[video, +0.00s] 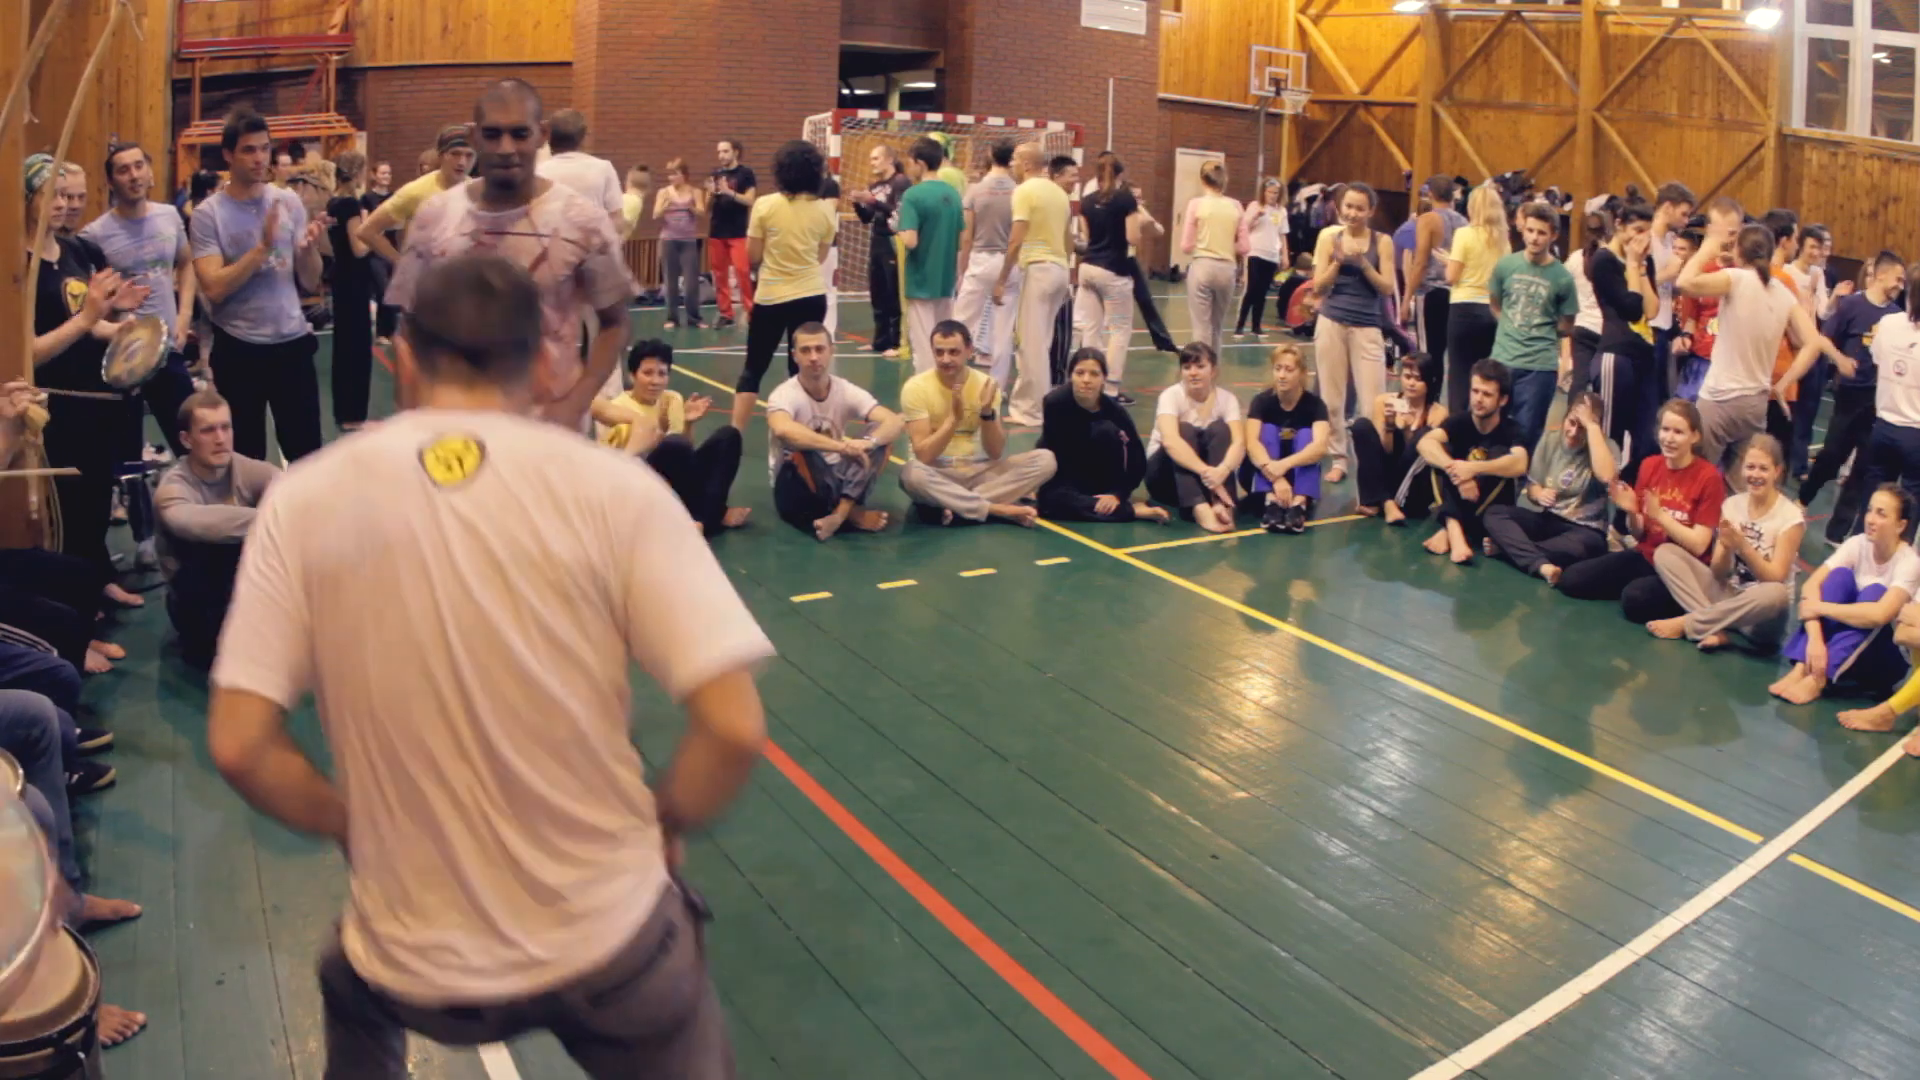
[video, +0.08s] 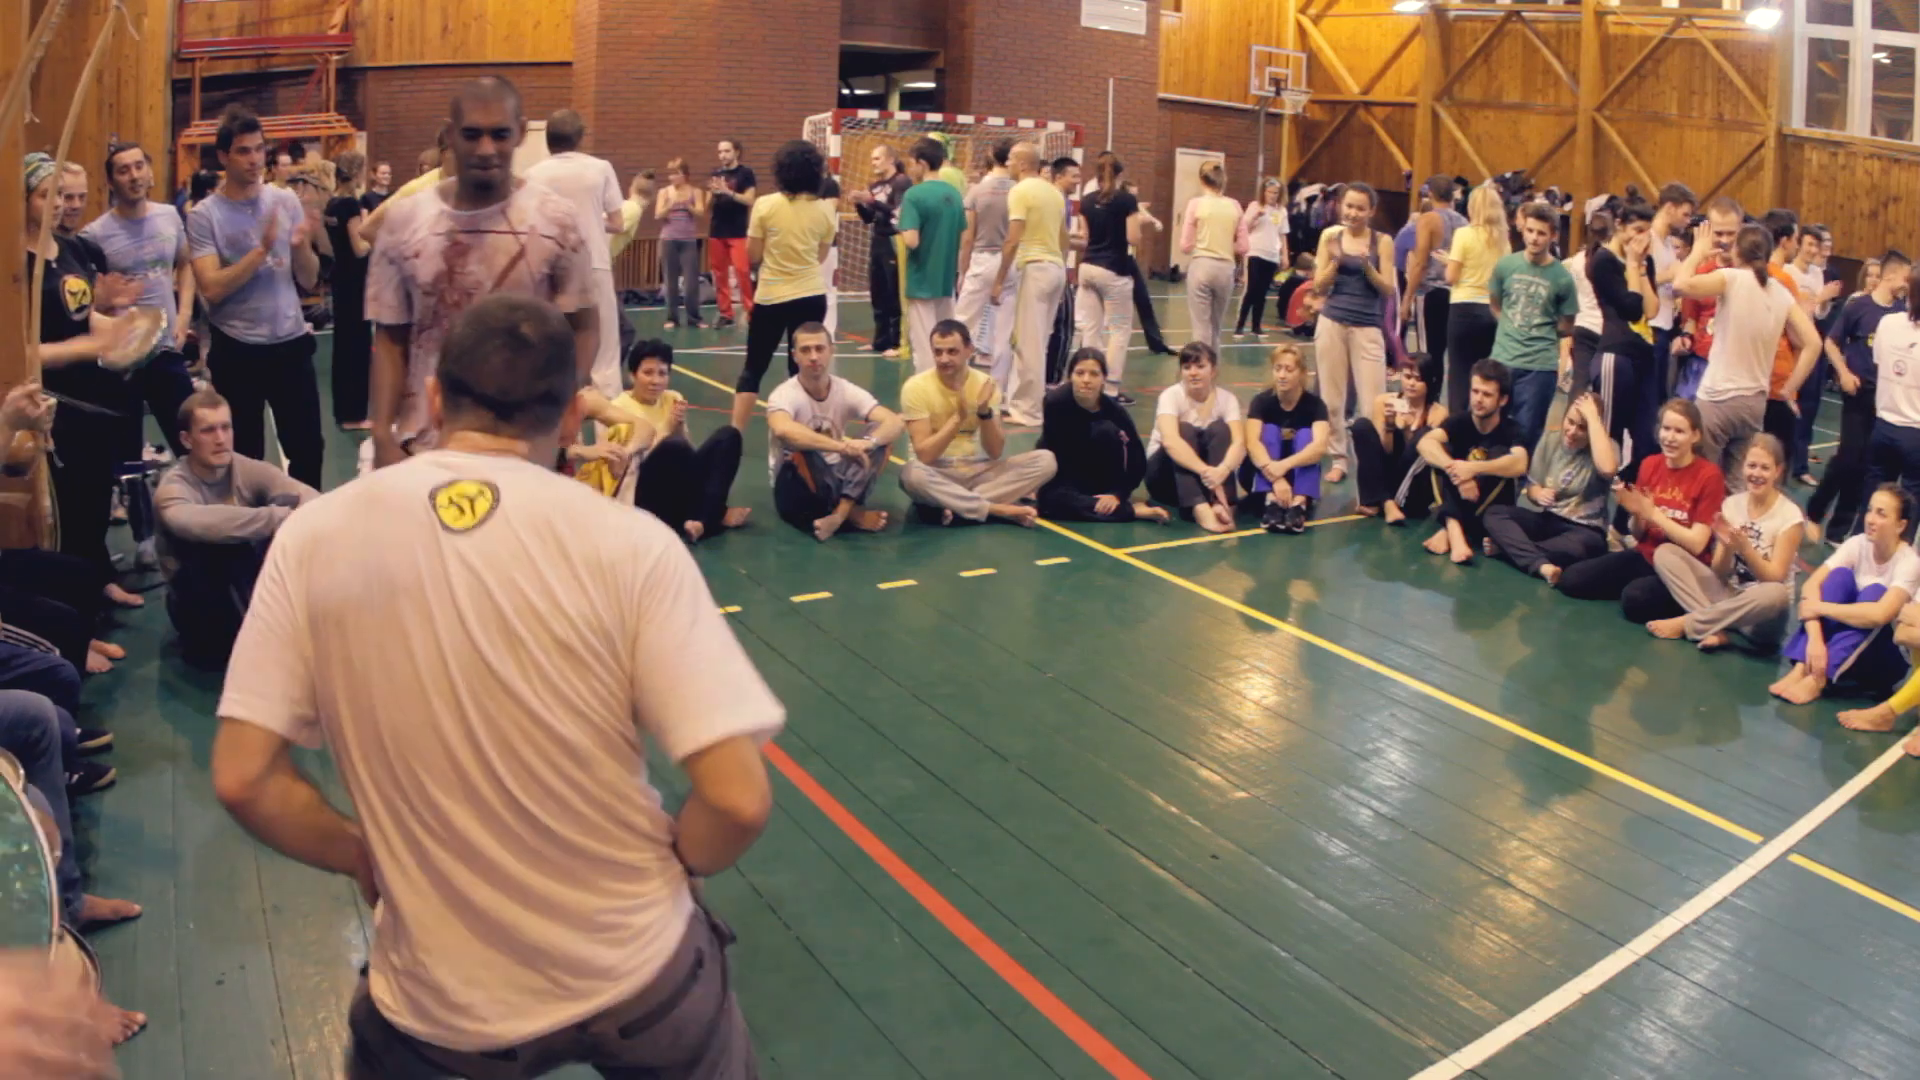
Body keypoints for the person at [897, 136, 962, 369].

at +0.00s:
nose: (909, 167)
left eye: (911, 162)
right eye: (910, 162)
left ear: (920, 163)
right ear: (939, 162)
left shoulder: (913, 195)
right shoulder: (952, 192)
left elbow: (911, 240)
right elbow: (961, 233)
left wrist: (899, 228)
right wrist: (958, 270)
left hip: (920, 279)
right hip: (947, 277)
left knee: (922, 342)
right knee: (946, 338)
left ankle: (925, 393)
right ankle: (946, 389)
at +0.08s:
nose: (910, 169)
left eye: (912, 163)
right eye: (910, 163)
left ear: (922, 164)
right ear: (939, 162)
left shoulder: (914, 194)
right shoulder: (953, 192)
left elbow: (912, 240)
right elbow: (963, 232)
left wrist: (904, 225)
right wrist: (960, 269)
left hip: (921, 279)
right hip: (947, 277)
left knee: (923, 342)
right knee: (948, 338)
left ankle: (926, 393)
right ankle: (950, 388)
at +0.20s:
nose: (912, 168)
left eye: (914, 163)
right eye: (913, 163)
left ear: (924, 164)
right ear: (941, 162)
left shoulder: (917, 194)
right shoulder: (955, 192)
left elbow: (914, 239)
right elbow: (964, 231)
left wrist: (904, 232)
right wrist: (960, 268)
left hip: (923, 279)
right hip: (948, 277)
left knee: (923, 341)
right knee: (948, 337)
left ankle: (927, 391)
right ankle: (950, 386)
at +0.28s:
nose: (915, 168)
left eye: (917, 162)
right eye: (915, 162)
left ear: (926, 163)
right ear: (943, 162)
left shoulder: (919, 194)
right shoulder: (957, 193)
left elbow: (916, 239)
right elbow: (965, 235)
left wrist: (902, 227)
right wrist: (961, 271)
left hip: (924, 280)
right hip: (949, 278)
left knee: (923, 342)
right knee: (948, 339)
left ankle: (926, 393)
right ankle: (949, 389)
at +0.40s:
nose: (918, 166)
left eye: (920, 161)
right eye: (918, 161)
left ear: (930, 162)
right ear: (945, 162)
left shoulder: (922, 193)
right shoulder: (959, 192)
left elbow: (920, 238)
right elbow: (970, 234)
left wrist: (902, 228)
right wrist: (963, 270)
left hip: (925, 279)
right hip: (952, 277)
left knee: (924, 341)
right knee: (952, 338)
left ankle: (927, 392)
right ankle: (952, 389)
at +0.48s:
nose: (920, 166)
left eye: (922, 161)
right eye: (921, 160)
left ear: (931, 162)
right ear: (947, 162)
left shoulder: (923, 193)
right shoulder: (961, 192)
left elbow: (920, 239)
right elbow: (971, 235)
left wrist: (912, 226)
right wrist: (965, 271)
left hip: (928, 278)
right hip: (954, 277)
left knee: (926, 340)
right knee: (953, 338)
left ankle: (929, 388)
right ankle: (954, 383)